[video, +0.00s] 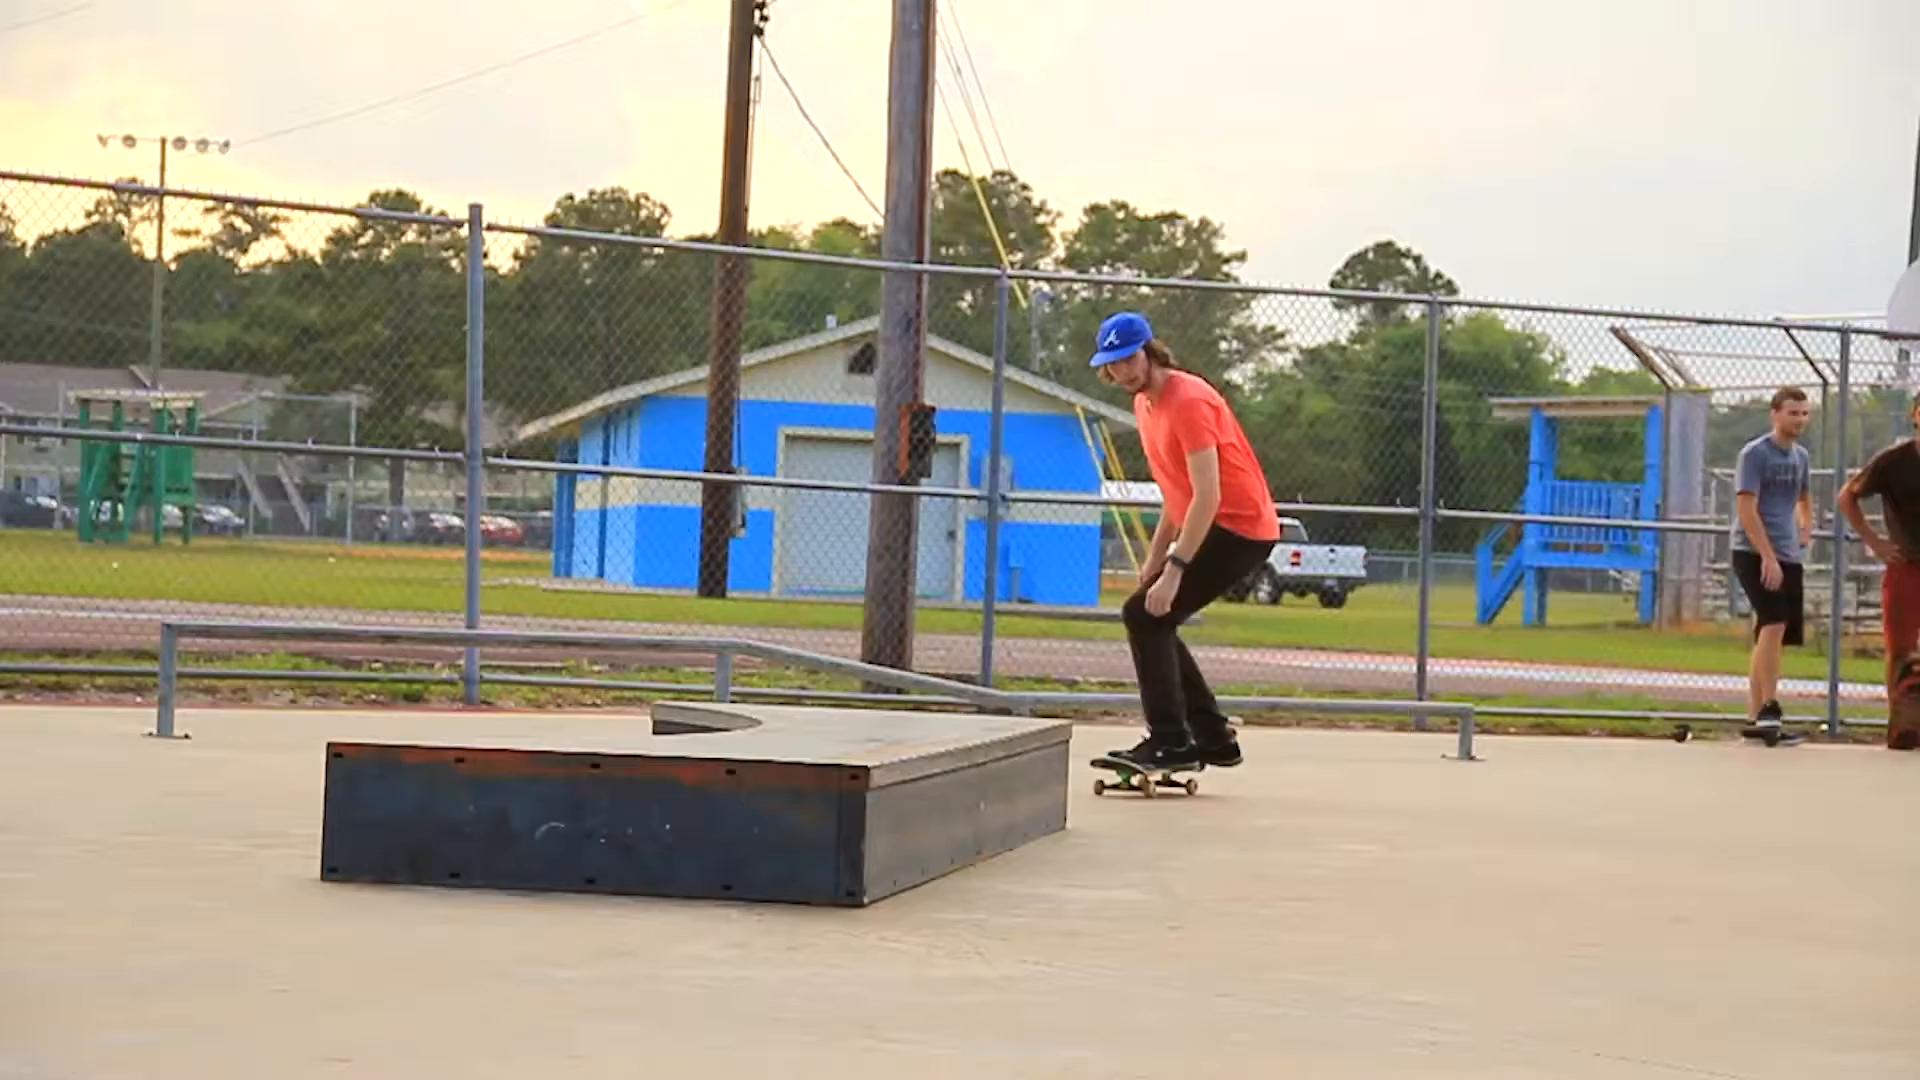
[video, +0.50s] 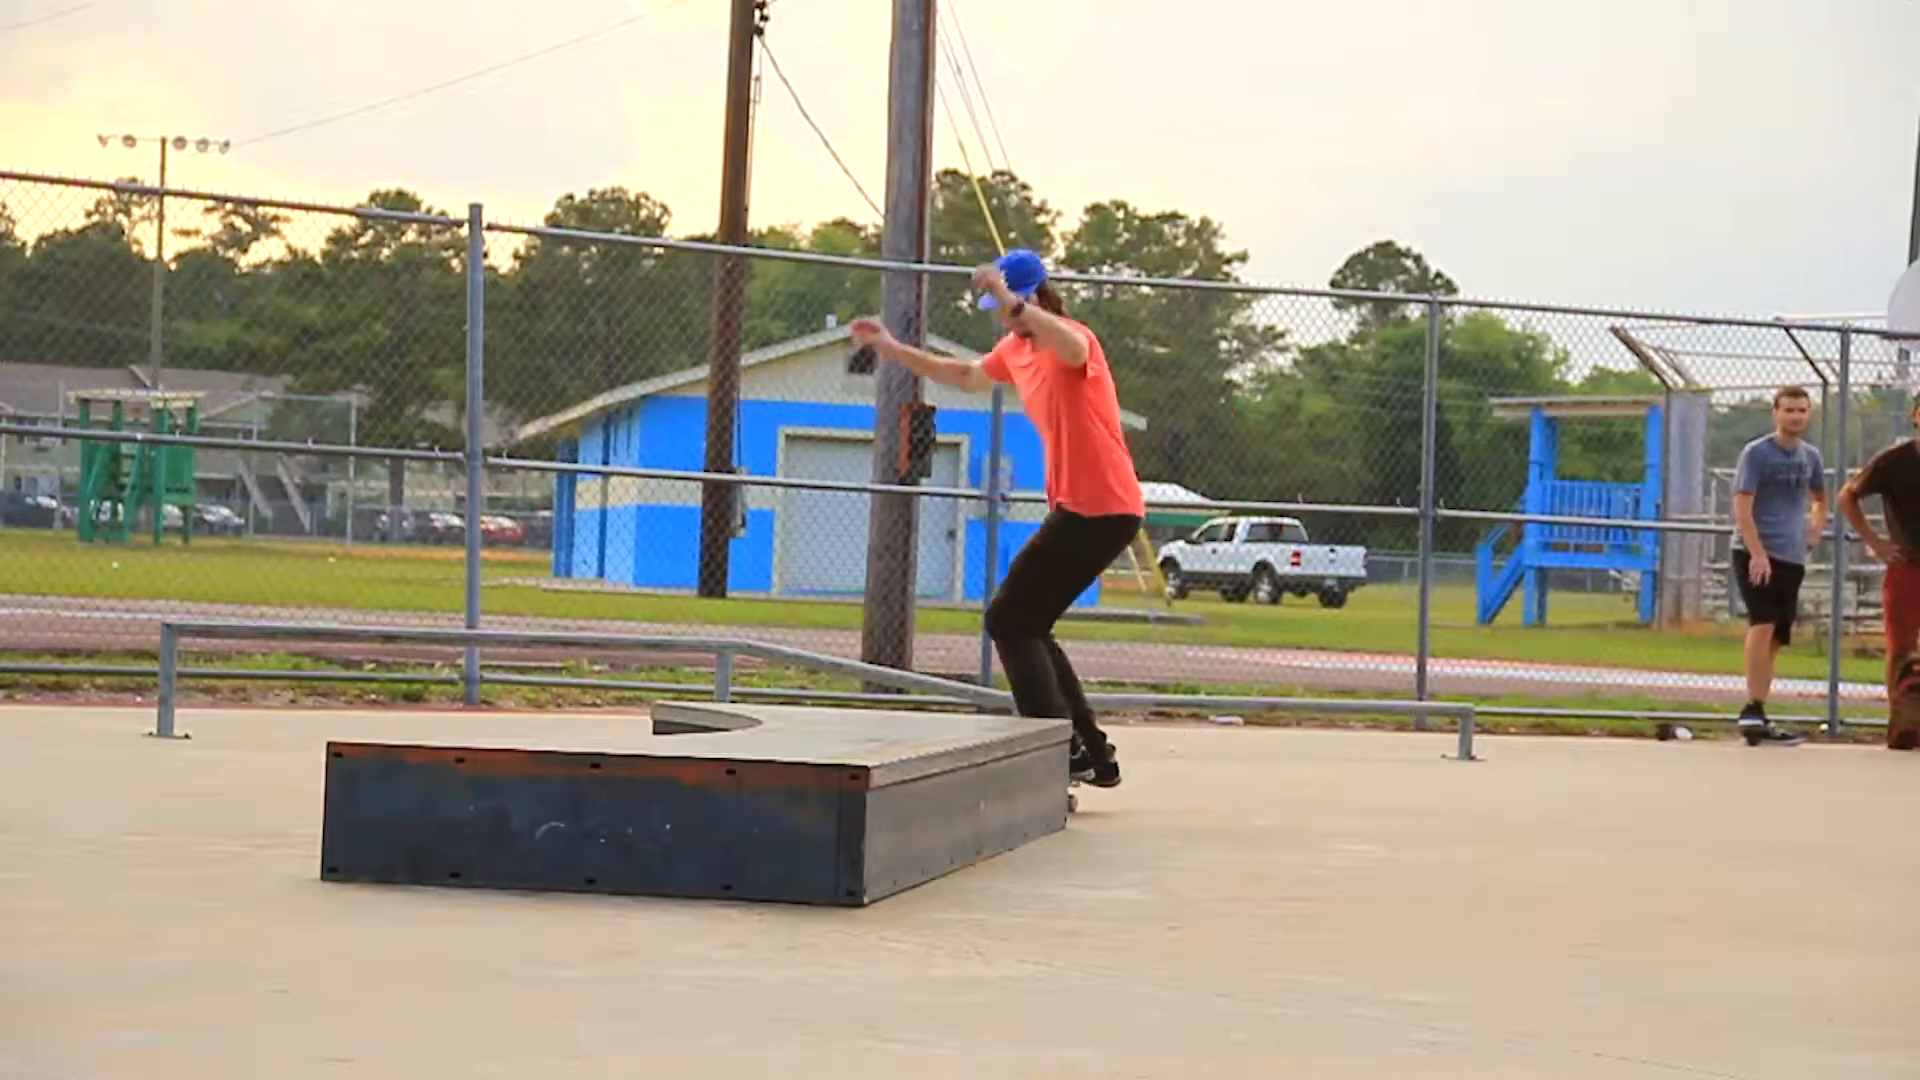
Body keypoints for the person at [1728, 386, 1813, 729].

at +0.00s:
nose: (1800, 419)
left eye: (1804, 414)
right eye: (1793, 413)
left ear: (1806, 418)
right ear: (1774, 415)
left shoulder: (1800, 456)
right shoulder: (1754, 454)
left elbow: (1802, 496)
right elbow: (1746, 509)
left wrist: (1805, 525)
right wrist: (1767, 555)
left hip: (1787, 552)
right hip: (1754, 550)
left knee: (1772, 632)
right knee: (1774, 620)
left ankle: (1758, 712)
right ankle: (1768, 703)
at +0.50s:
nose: (1795, 417)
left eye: (1801, 411)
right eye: (1789, 410)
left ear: (1809, 416)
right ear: (1775, 413)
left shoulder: (1810, 456)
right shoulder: (1756, 453)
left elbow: (1820, 499)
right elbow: (1741, 505)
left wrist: (1817, 527)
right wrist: (1757, 552)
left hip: (1792, 555)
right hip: (1756, 550)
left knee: (1777, 635)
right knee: (1763, 623)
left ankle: (1758, 708)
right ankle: (1752, 707)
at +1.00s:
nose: (1798, 416)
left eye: (1805, 411)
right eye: (1792, 410)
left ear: (1813, 416)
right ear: (1780, 413)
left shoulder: (1818, 459)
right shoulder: (1756, 449)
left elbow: (1835, 498)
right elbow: (1705, 472)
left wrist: (1821, 530)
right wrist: (1728, 508)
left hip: (1792, 556)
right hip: (1754, 549)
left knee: (1774, 642)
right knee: (1757, 624)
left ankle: (1760, 715)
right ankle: (1746, 705)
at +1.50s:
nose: (1798, 417)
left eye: (1805, 412)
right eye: (1793, 411)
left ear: (1813, 417)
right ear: (1780, 413)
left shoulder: (1816, 458)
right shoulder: (1757, 447)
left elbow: (1833, 499)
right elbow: (1706, 473)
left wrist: (1820, 531)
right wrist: (1738, 507)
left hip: (1792, 557)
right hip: (1754, 550)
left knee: (1774, 641)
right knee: (1758, 622)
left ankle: (1759, 715)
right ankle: (1745, 704)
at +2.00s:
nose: (1798, 417)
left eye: (1805, 412)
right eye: (1792, 410)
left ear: (1812, 417)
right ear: (1779, 413)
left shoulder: (1814, 459)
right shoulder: (1756, 447)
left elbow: (1831, 500)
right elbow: (1706, 473)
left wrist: (1818, 532)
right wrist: (1738, 512)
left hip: (1790, 557)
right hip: (1753, 550)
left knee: (1773, 641)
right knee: (1756, 624)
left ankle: (1758, 716)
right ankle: (1743, 705)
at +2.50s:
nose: (1799, 418)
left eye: (1806, 413)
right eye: (1793, 411)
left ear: (1813, 419)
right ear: (1780, 413)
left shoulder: (1813, 459)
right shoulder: (1755, 447)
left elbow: (1828, 500)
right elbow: (1705, 473)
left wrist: (1817, 534)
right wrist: (1736, 512)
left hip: (1789, 557)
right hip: (1752, 550)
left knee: (1771, 641)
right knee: (1754, 624)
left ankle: (1759, 717)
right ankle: (1743, 704)